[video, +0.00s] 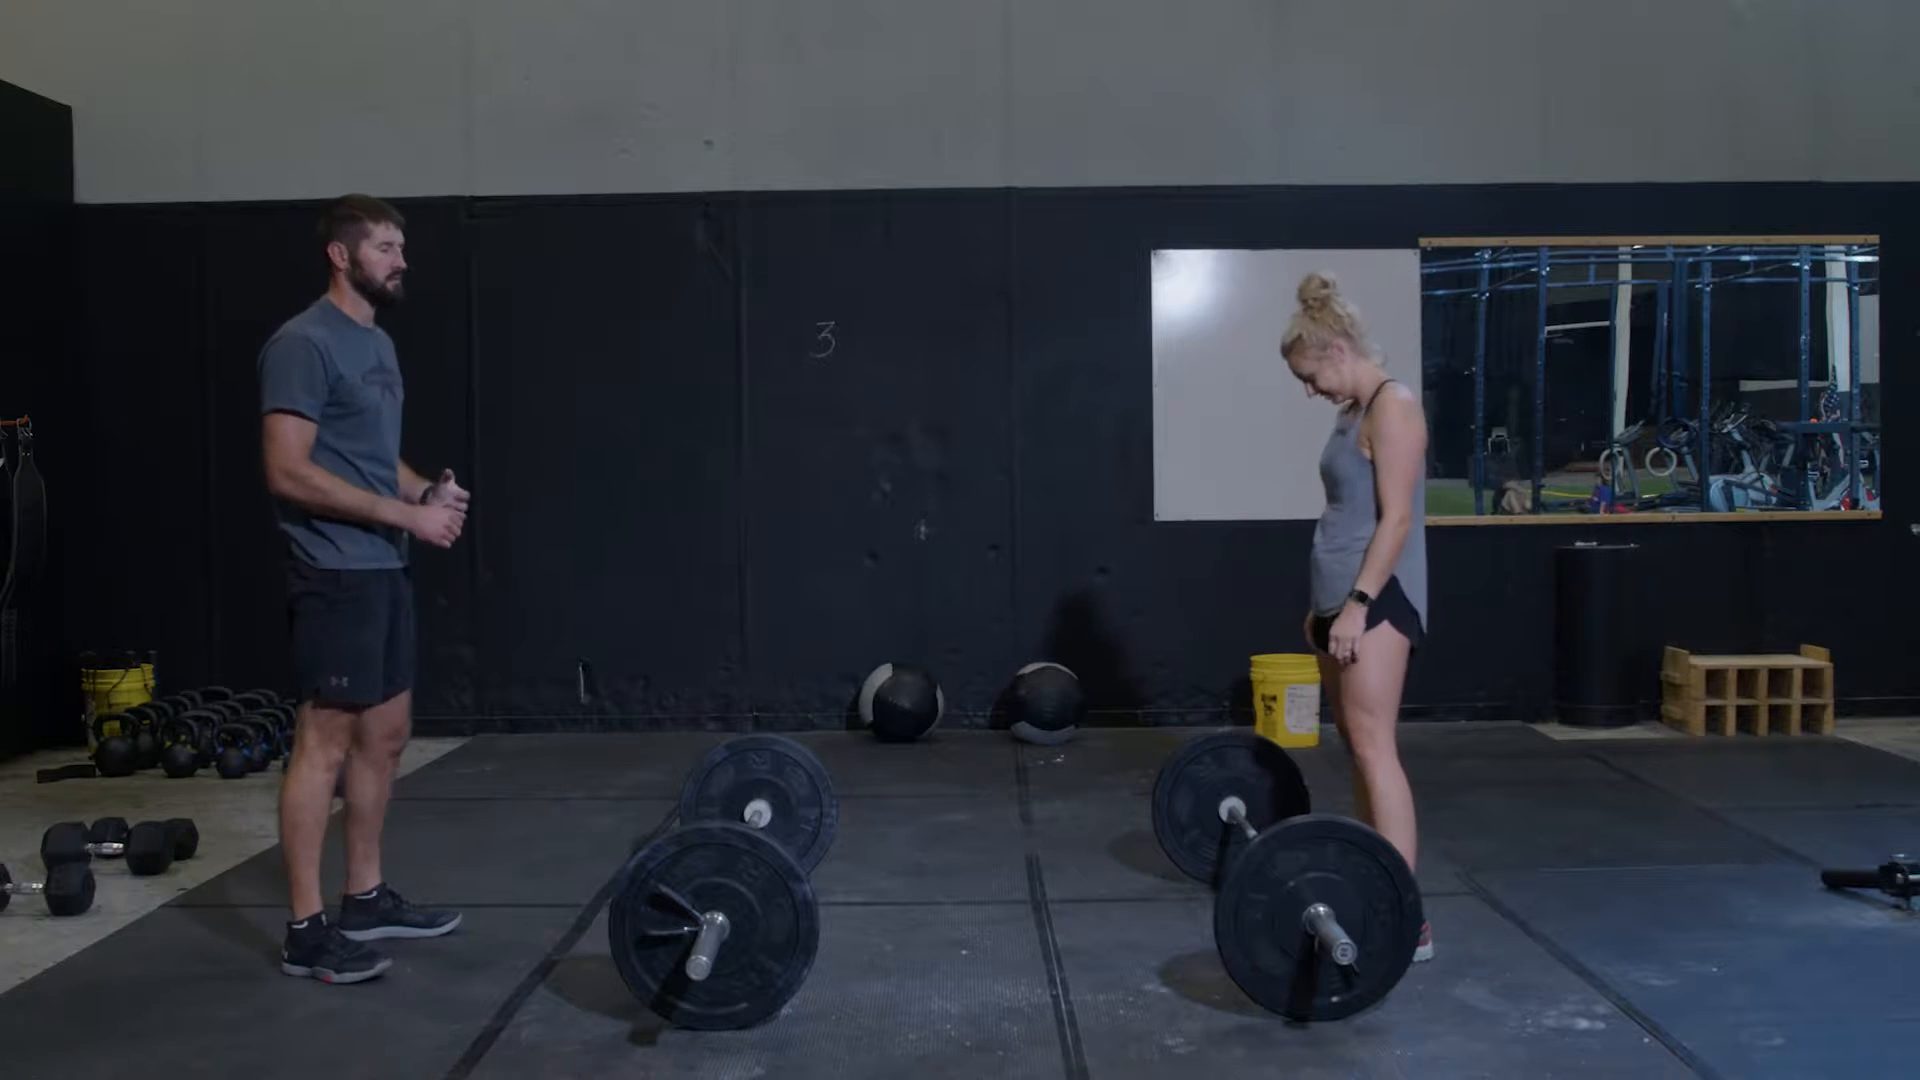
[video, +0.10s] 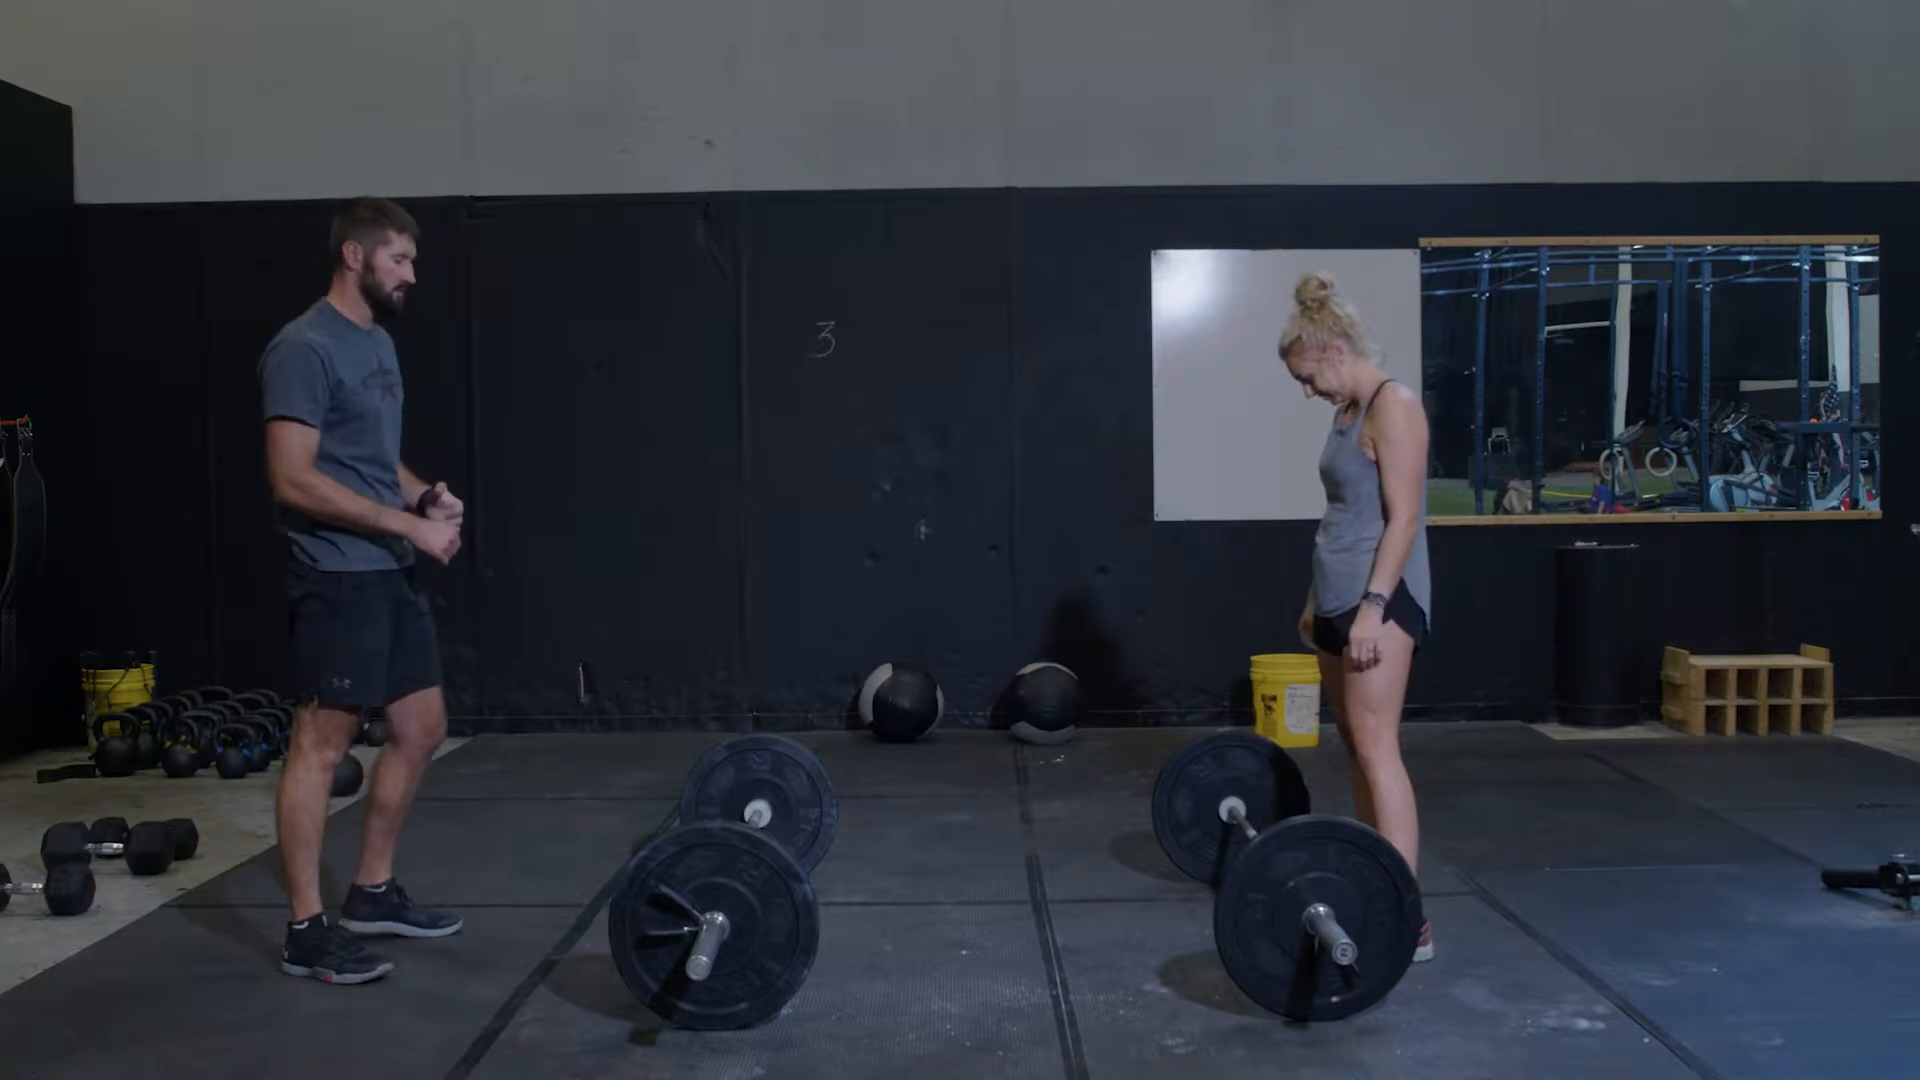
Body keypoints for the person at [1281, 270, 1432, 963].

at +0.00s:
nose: (1313, 389)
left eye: (1313, 375)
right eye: (1305, 381)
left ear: (1342, 347)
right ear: (1332, 354)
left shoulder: (1393, 407)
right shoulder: (1357, 412)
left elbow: (1397, 519)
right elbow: (1346, 518)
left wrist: (1357, 604)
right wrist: (1327, 603)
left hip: (1377, 598)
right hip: (1345, 596)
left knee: (1373, 745)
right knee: (1362, 744)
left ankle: (1402, 911)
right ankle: (1382, 900)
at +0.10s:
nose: (1309, 392)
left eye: (1308, 378)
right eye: (1302, 383)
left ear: (1336, 349)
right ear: (1329, 354)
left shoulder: (1395, 407)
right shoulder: (1352, 412)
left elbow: (1405, 519)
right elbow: (1341, 520)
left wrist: (1372, 610)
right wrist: (1317, 597)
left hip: (1380, 599)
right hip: (1342, 598)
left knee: (1376, 744)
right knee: (1358, 743)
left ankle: (1404, 912)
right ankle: (1371, 894)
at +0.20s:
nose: (1308, 391)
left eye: (1307, 377)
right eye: (1301, 382)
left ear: (1335, 349)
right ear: (1328, 354)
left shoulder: (1395, 406)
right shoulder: (1350, 412)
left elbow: (1408, 516)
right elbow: (1339, 520)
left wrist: (1388, 607)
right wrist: (1311, 594)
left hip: (1378, 598)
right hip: (1340, 598)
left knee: (1376, 745)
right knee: (1359, 745)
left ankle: (1404, 912)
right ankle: (1371, 895)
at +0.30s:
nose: (1306, 387)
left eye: (1305, 372)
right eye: (1300, 376)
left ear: (1335, 347)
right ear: (1329, 351)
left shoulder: (1395, 404)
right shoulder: (1349, 411)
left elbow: (1411, 513)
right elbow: (1338, 521)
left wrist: (1397, 604)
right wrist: (1307, 594)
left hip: (1378, 594)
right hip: (1341, 594)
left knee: (1374, 745)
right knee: (1361, 745)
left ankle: (1403, 912)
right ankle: (1375, 897)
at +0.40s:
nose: (1306, 380)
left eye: (1306, 366)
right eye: (1300, 370)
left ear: (1337, 343)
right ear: (1332, 347)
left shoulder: (1394, 403)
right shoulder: (1350, 410)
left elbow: (1410, 510)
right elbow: (1339, 520)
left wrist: (1399, 603)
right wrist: (1306, 593)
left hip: (1378, 594)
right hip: (1342, 594)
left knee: (1372, 749)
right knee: (1363, 749)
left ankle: (1402, 912)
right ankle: (1381, 902)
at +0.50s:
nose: (1305, 372)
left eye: (1306, 359)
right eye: (1300, 362)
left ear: (1340, 339)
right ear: (1334, 342)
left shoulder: (1392, 401)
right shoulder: (1351, 410)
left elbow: (1407, 509)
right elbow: (1340, 521)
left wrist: (1390, 602)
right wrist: (1310, 595)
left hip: (1377, 595)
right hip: (1344, 595)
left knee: (1371, 748)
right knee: (1363, 748)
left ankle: (1400, 913)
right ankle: (1381, 903)